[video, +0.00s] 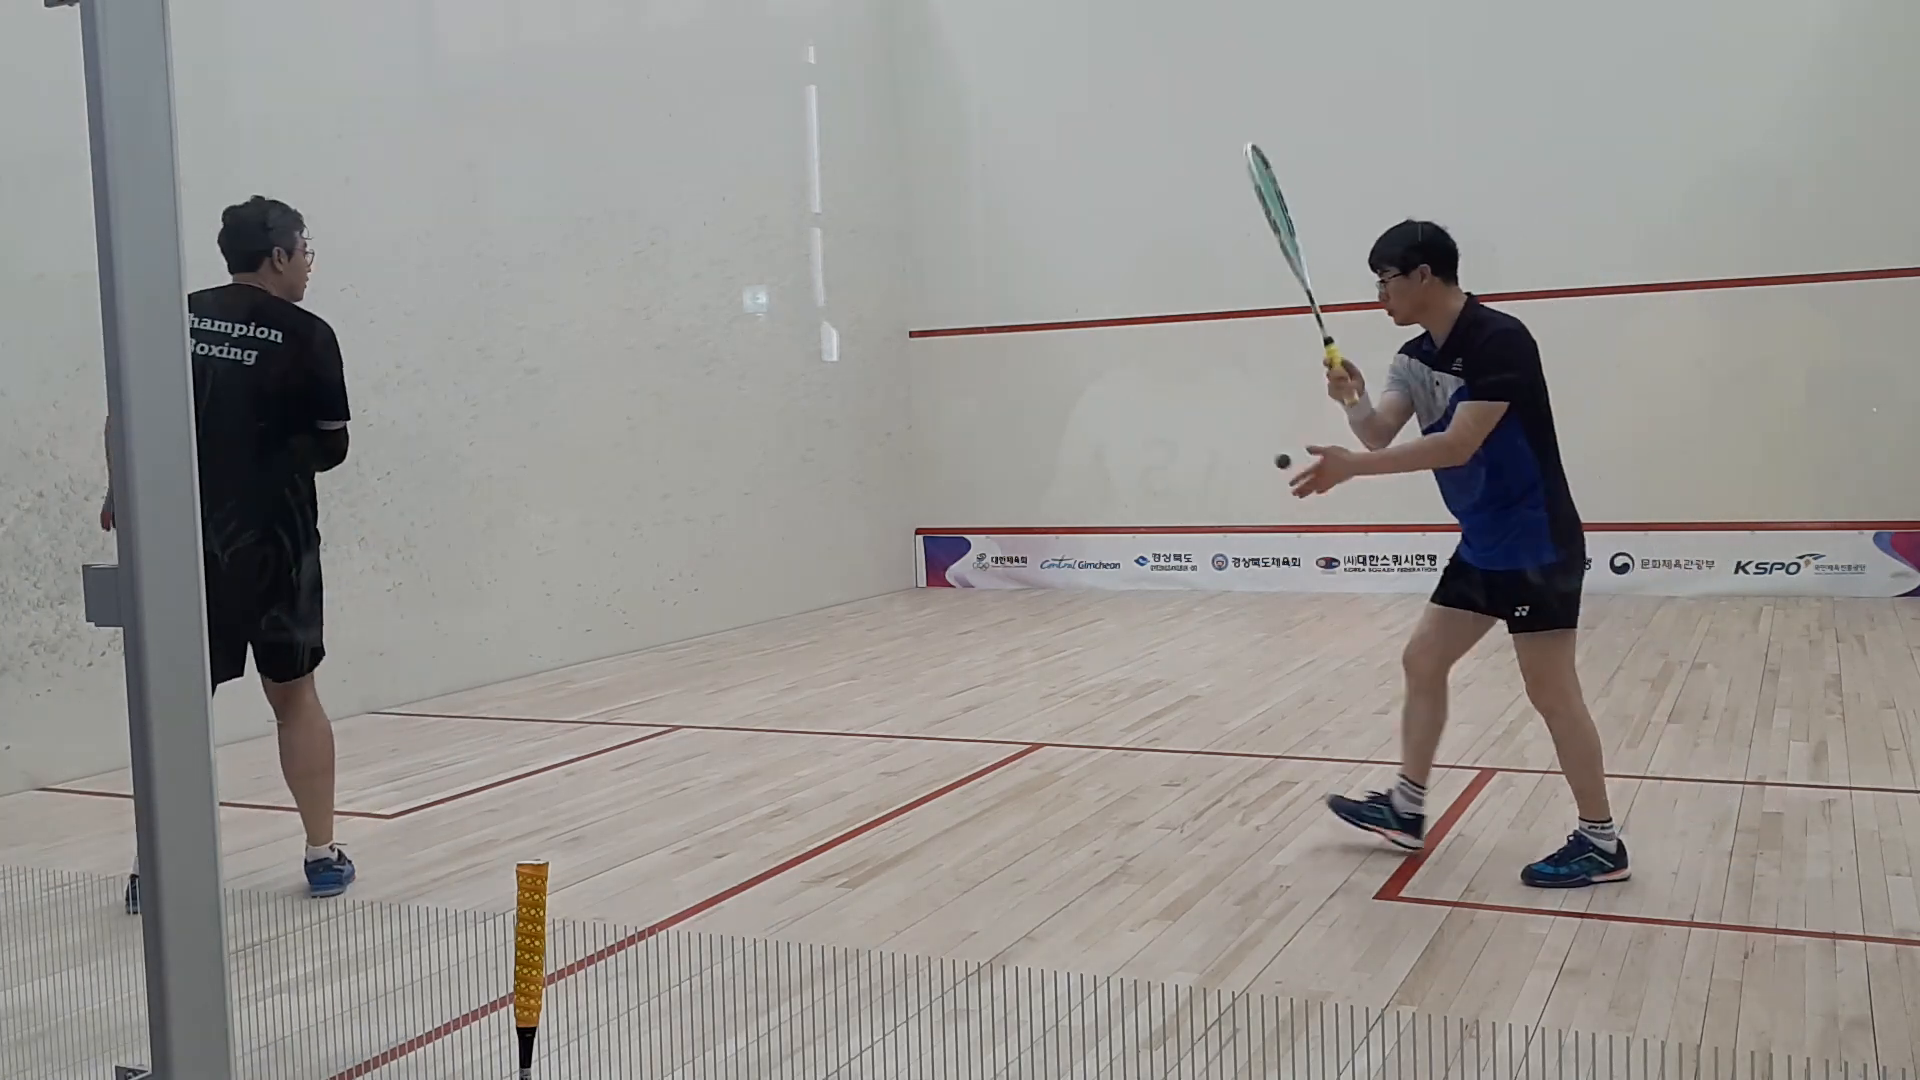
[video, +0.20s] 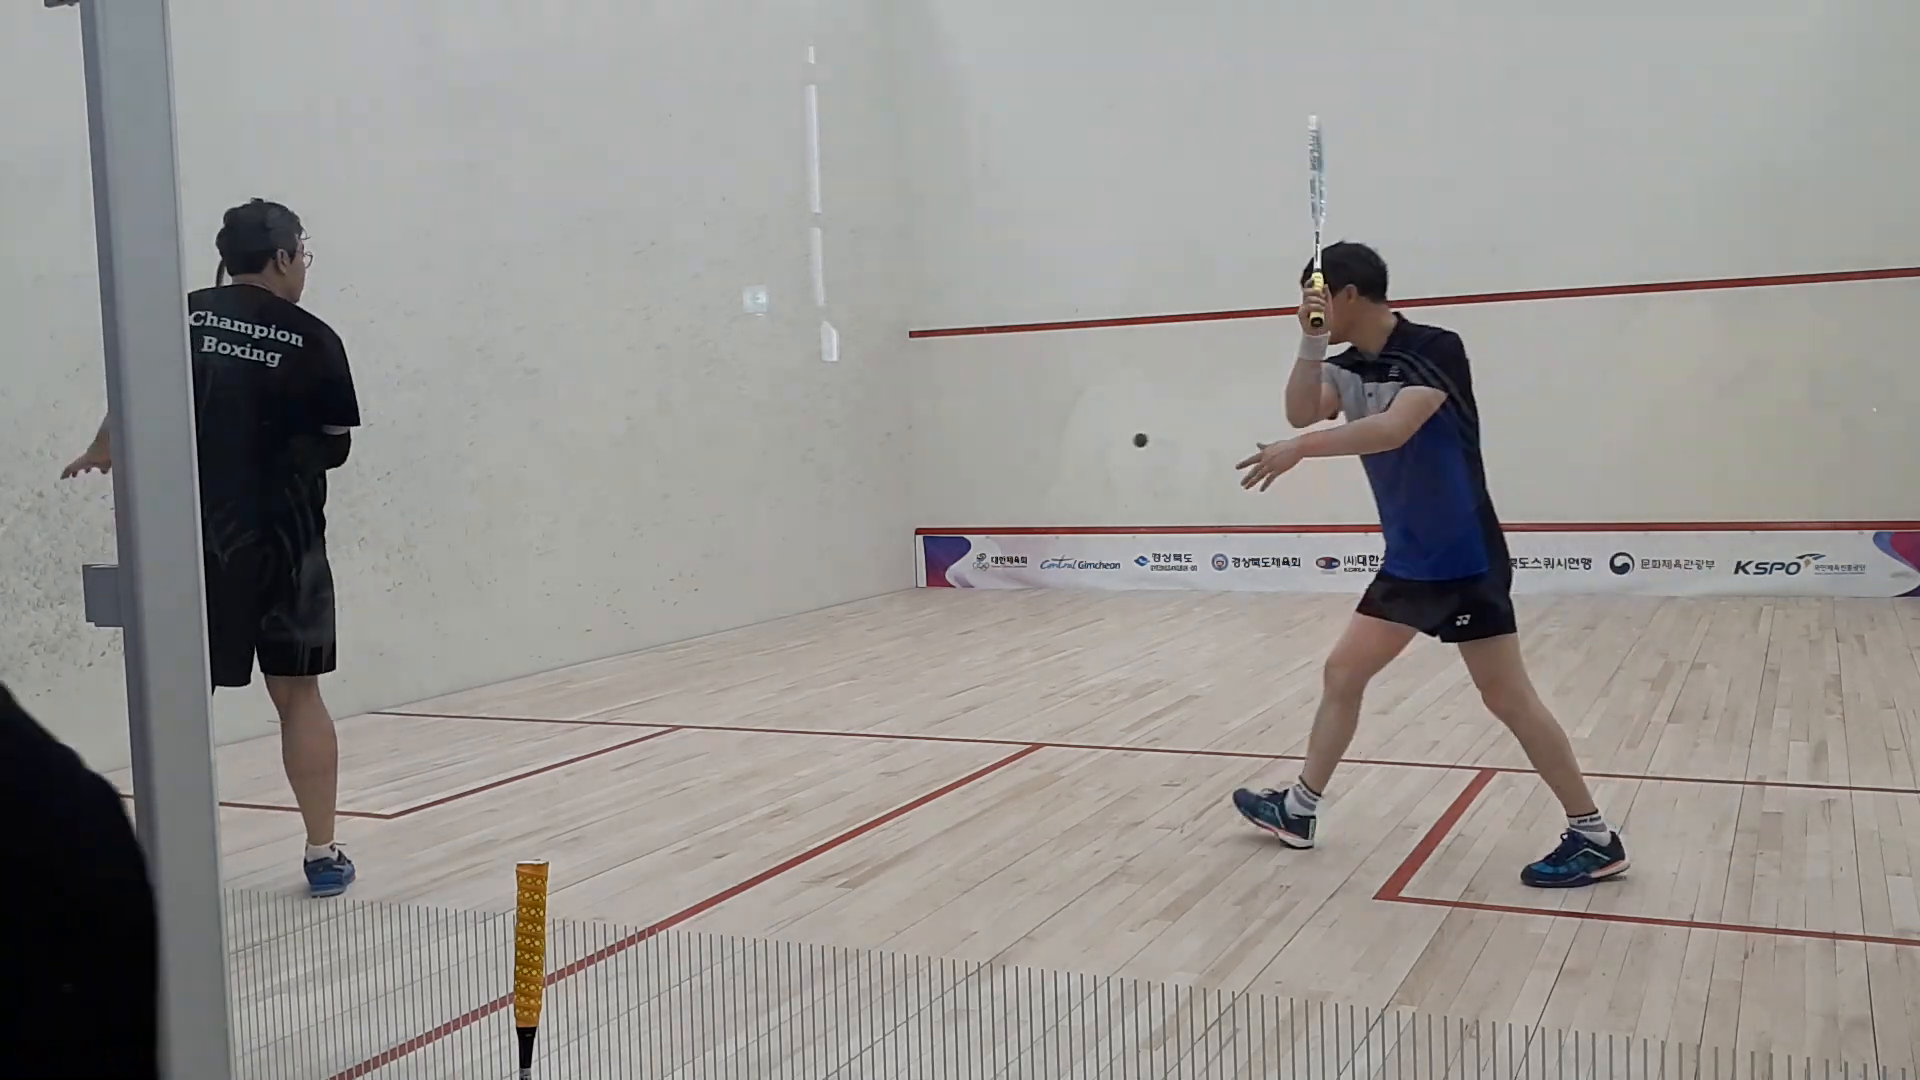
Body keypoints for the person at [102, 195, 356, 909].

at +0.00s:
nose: (310, 263)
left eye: (306, 251)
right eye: (304, 252)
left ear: (236, 260)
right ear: (280, 258)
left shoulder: (174, 312)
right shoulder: (307, 333)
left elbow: (124, 414)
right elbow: (330, 447)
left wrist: (119, 489)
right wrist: (268, 446)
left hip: (179, 543)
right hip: (275, 547)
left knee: (166, 706)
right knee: (295, 699)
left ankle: (151, 866)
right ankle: (323, 855)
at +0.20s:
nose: (306, 268)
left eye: (302, 256)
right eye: (302, 257)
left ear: (230, 262)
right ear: (285, 262)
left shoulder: (183, 315)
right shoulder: (315, 341)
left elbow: (136, 389)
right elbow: (333, 450)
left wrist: (101, 447)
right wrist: (261, 434)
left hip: (187, 541)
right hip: (284, 547)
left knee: (172, 700)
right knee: (299, 694)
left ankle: (155, 857)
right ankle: (323, 855)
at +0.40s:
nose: (293, 271)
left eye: (290, 260)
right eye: (289, 261)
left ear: (215, 269)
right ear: (272, 267)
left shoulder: (177, 321)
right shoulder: (305, 345)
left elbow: (115, 403)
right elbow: (314, 452)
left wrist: (51, 431)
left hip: (186, 547)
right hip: (276, 550)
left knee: (155, 699)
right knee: (294, 696)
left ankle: (135, 855)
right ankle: (324, 853)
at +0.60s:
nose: (252, 276)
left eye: (249, 264)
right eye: (247, 265)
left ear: (184, 273)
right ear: (229, 273)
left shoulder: (144, 327)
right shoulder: (269, 352)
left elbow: (94, 399)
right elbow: (274, 456)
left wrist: (9, 416)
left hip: (145, 558)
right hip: (244, 560)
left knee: (108, 704)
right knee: (273, 697)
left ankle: (92, 866)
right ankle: (321, 851)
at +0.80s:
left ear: (107, 259)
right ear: (177, 265)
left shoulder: (72, 334)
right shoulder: (205, 353)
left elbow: (30, 419)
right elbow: (210, 464)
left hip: (85, 557)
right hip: (181, 562)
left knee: (59, 703)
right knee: (206, 685)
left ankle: (84, 867)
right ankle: (278, 810)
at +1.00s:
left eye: (61, 282)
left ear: (54, 283)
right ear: (112, 278)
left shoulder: (22, 342)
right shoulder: (144, 336)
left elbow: (3, 441)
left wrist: (35, 416)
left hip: (51, 566)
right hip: (135, 564)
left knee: (22, 700)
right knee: (122, 679)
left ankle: (83, 863)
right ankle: (158, 828)